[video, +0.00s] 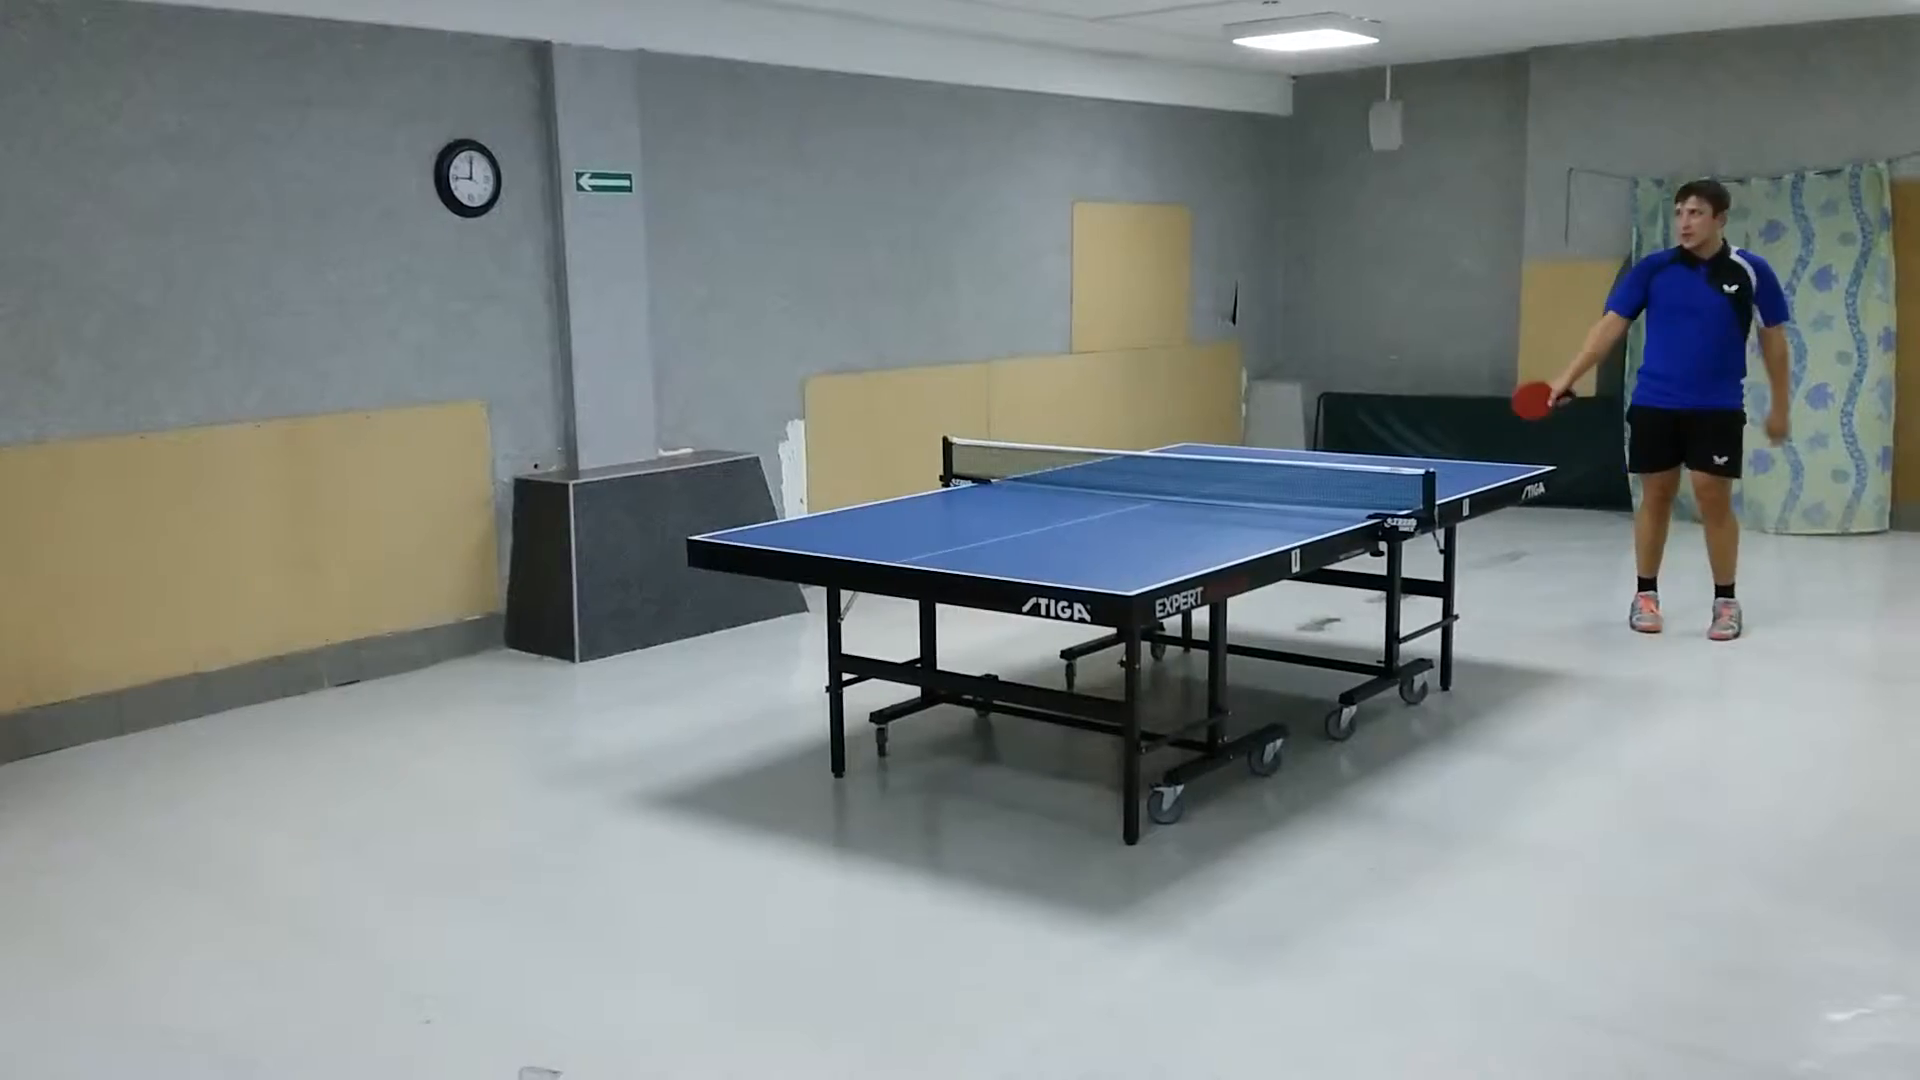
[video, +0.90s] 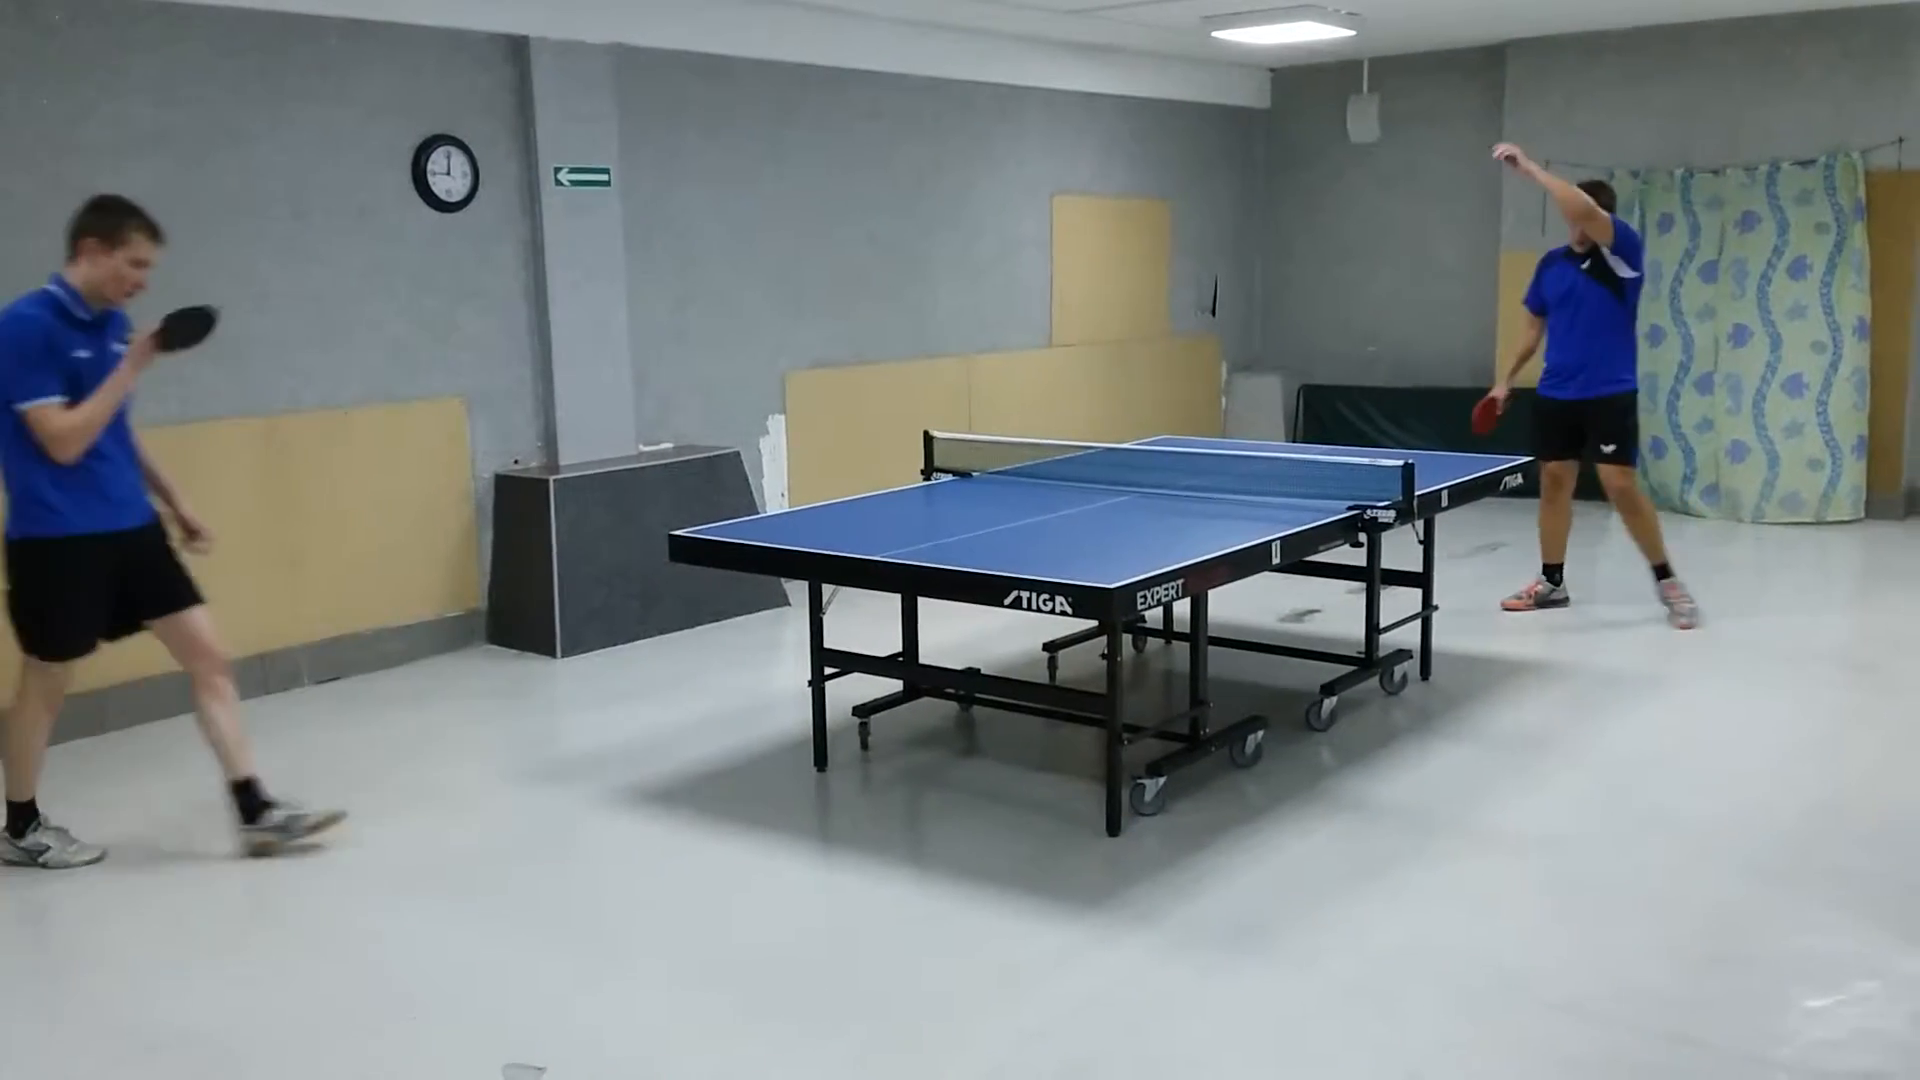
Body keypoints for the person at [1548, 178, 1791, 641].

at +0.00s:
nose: (1685, 221)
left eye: (1696, 213)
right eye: (1681, 213)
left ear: (1719, 220)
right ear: (1674, 219)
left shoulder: (1751, 272)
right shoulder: (1650, 269)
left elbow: (1773, 337)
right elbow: (1609, 325)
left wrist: (1780, 408)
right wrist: (1569, 376)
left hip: (1717, 409)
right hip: (1655, 405)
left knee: (1713, 498)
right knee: (1656, 495)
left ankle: (1725, 602)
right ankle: (1646, 596)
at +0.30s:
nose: (1682, 219)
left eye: (1693, 212)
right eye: (1679, 211)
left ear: (1717, 219)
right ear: (1673, 215)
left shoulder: (1735, 267)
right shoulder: (1659, 260)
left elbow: (1760, 333)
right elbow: (1638, 327)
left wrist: (1768, 396)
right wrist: (1601, 374)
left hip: (1702, 403)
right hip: (1647, 397)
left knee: (1705, 501)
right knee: (1628, 485)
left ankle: (1716, 597)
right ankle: (1610, 587)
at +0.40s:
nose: (1678, 222)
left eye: (1689, 215)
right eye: (1673, 213)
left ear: (1709, 221)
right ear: (1667, 215)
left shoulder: (1725, 261)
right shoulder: (1655, 262)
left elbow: (1736, 315)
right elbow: (1638, 329)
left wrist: (1717, 360)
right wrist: (1606, 381)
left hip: (1698, 400)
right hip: (1644, 396)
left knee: (1703, 494)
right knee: (1619, 484)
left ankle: (1716, 596)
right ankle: (1586, 584)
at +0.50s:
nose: (1671, 228)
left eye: (1682, 221)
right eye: (1665, 219)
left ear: (1699, 226)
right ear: (1654, 222)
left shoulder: (1710, 260)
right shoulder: (1641, 268)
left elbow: (1696, 293)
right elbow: (1628, 336)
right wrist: (1597, 384)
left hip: (1688, 403)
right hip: (1632, 399)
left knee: (1702, 499)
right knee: (1605, 485)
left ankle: (1714, 596)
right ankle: (1571, 584)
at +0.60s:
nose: (1660, 229)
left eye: (1671, 222)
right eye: (1652, 221)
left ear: (1684, 226)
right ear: (1640, 223)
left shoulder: (1691, 261)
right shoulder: (1623, 268)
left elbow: (1658, 256)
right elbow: (1614, 333)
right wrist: (1583, 384)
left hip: (1671, 406)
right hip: (1615, 403)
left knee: (1691, 498)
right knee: (1589, 488)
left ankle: (1710, 595)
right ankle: (1562, 587)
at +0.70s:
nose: (1620, 229)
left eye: (1629, 223)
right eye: (1615, 221)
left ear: (1648, 223)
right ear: (1610, 221)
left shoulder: (1664, 256)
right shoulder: (1598, 265)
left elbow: (1619, 220)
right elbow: (1587, 335)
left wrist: (1556, 194)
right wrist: (1557, 383)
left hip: (1646, 401)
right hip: (1590, 399)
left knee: (1668, 500)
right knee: (1571, 487)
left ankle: (1702, 592)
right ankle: (1556, 585)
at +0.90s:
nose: (1575, 223)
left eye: (1584, 216)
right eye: (1572, 215)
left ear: (1604, 218)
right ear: (1565, 218)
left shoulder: (1625, 251)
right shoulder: (1553, 264)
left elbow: (1583, 211)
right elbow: (1533, 328)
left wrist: (1530, 168)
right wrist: (1505, 380)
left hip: (1610, 393)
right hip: (1556, 393)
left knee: (1619, 484)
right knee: (1554, 481)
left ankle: (1667, 582)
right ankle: (1551, 583)